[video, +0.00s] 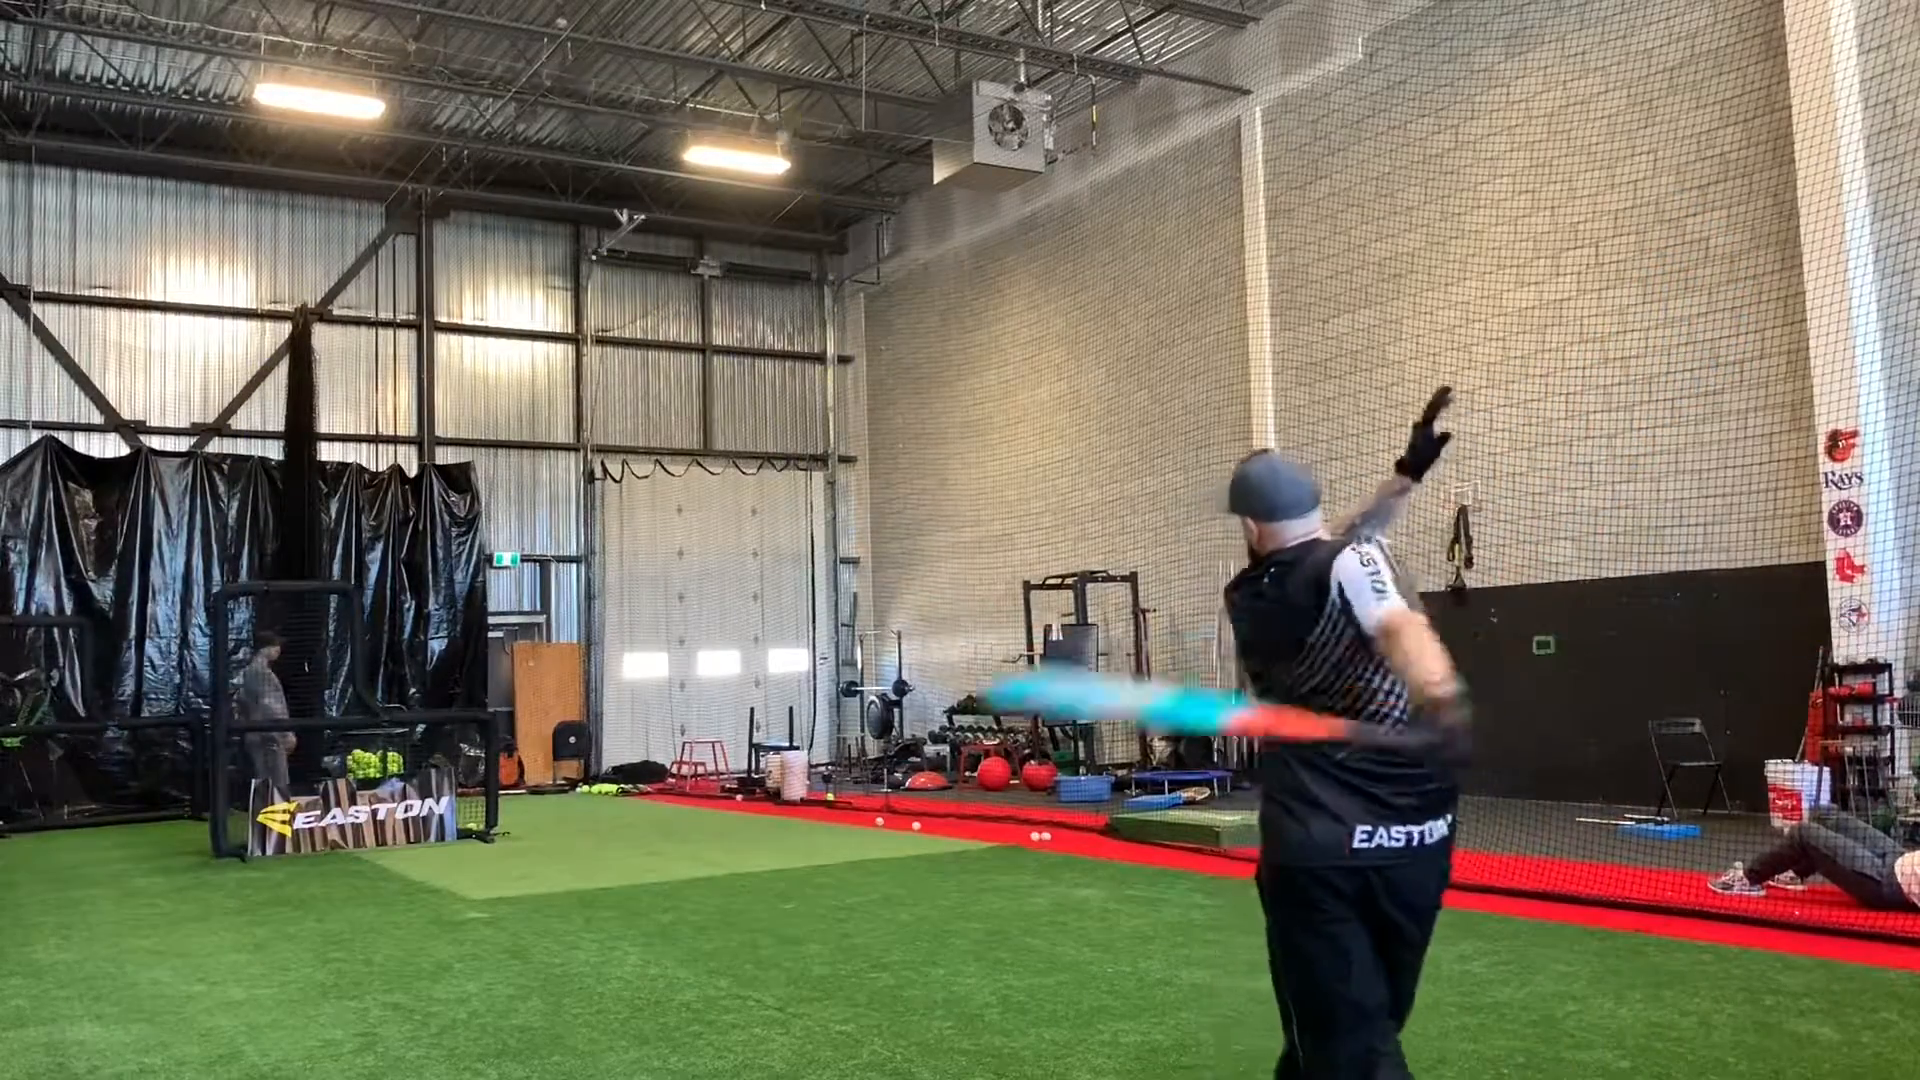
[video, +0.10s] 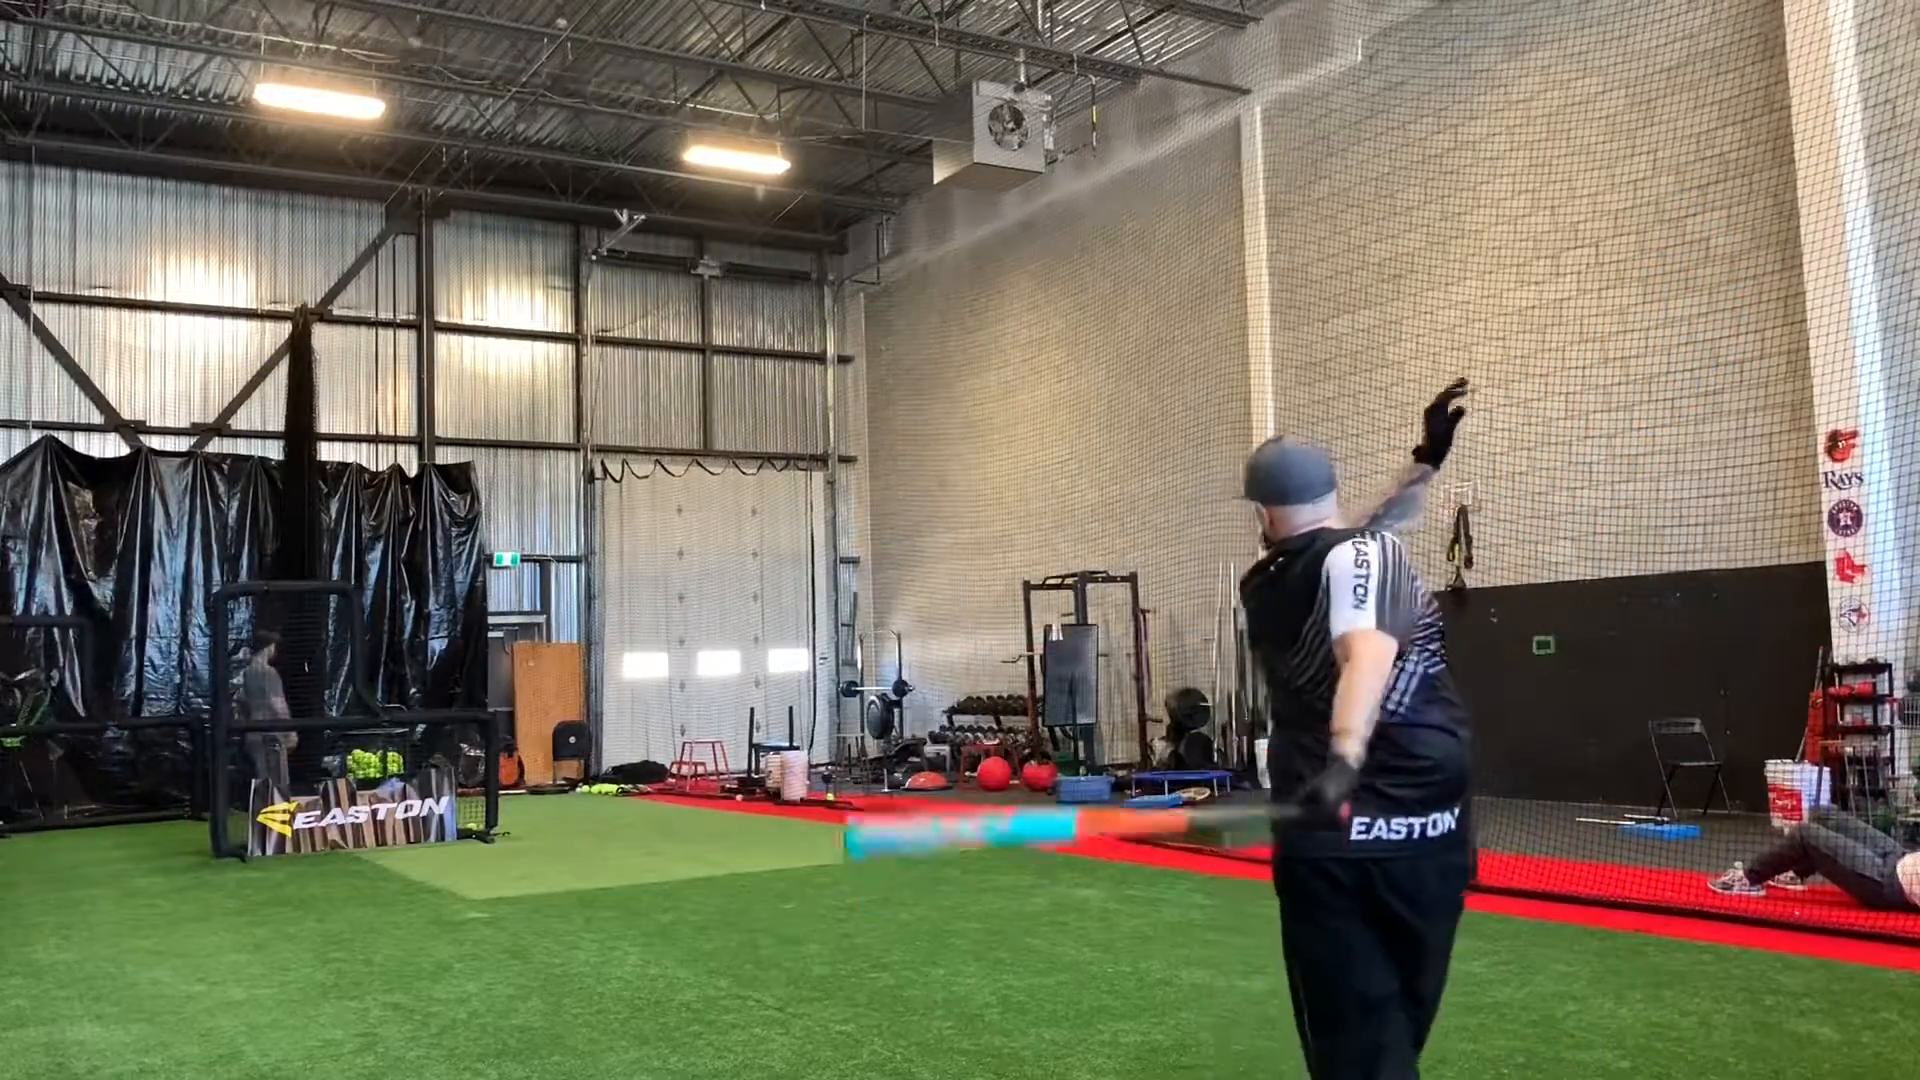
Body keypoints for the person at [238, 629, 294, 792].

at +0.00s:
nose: (278, 652)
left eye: (278, 648)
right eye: (276, 648)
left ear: (262, 649)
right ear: (267, 648)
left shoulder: (249, 671)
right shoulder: (262, 672)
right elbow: (272, 705)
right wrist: (286, 732)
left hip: (255, 731)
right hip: (269, 732)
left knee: (263, 778)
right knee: (278, 778)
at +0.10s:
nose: (274, 651)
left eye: (274, 647)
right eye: (273, 647)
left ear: (257, 648)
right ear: (267, 648)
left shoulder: (246, 672)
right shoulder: (269, 672)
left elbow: (240, 700)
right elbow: (278, 704)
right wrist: (289, 731)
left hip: (253, 726)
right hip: (273, 724)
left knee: (261, 772)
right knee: (280, 773)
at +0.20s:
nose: (274, 650)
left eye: (274, 646)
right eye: (273, 646)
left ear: (257, 647)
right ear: (267, 647)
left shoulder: (247, 672)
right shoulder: (270, 671)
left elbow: (241, 698)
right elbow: (278, 702)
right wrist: (291, 725)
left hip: (254, 726)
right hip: (273, 725)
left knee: (261, 773)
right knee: (279, 774)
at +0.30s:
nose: (275, 649)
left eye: (275, 645)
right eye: (273, 645)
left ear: (257, 647)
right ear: (267, 647)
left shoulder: (247, 671)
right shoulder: (270, 671)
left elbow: (240, 699)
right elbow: (279, 703)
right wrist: (292, 726)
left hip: (253, 727)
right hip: (273, 726)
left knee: (261, 773)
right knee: (278, 774)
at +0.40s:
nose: (276, 649)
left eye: (276, 645)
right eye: (274, 645)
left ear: (258, 647)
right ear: (267, 647)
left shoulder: (247, 671)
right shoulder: (270, 672)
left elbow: (241, 699)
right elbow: (278, 704)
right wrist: (292, 727)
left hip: (253, 727)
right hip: (272, 726)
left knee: (260, 773)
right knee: (277, 774)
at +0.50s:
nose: (278, 649)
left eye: (277, 645)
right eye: (275, 645)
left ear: (257, 647)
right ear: (268, 647)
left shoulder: (248, 671)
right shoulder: (269, 673)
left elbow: (242, 698)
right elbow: (276, 705)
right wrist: (290, 730)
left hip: (252, 726)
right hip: (270, 726)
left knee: (260, 773)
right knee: (276, 773)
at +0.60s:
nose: (278, 649)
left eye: (278, 644)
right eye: (276, 645)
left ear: (260, 646)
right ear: (269, 646)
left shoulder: (252, 669)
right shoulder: (264, 670)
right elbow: (270, 707)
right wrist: (284, 737)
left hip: (253, 732)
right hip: (265, 734)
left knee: (262, 781)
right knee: (275, 781)